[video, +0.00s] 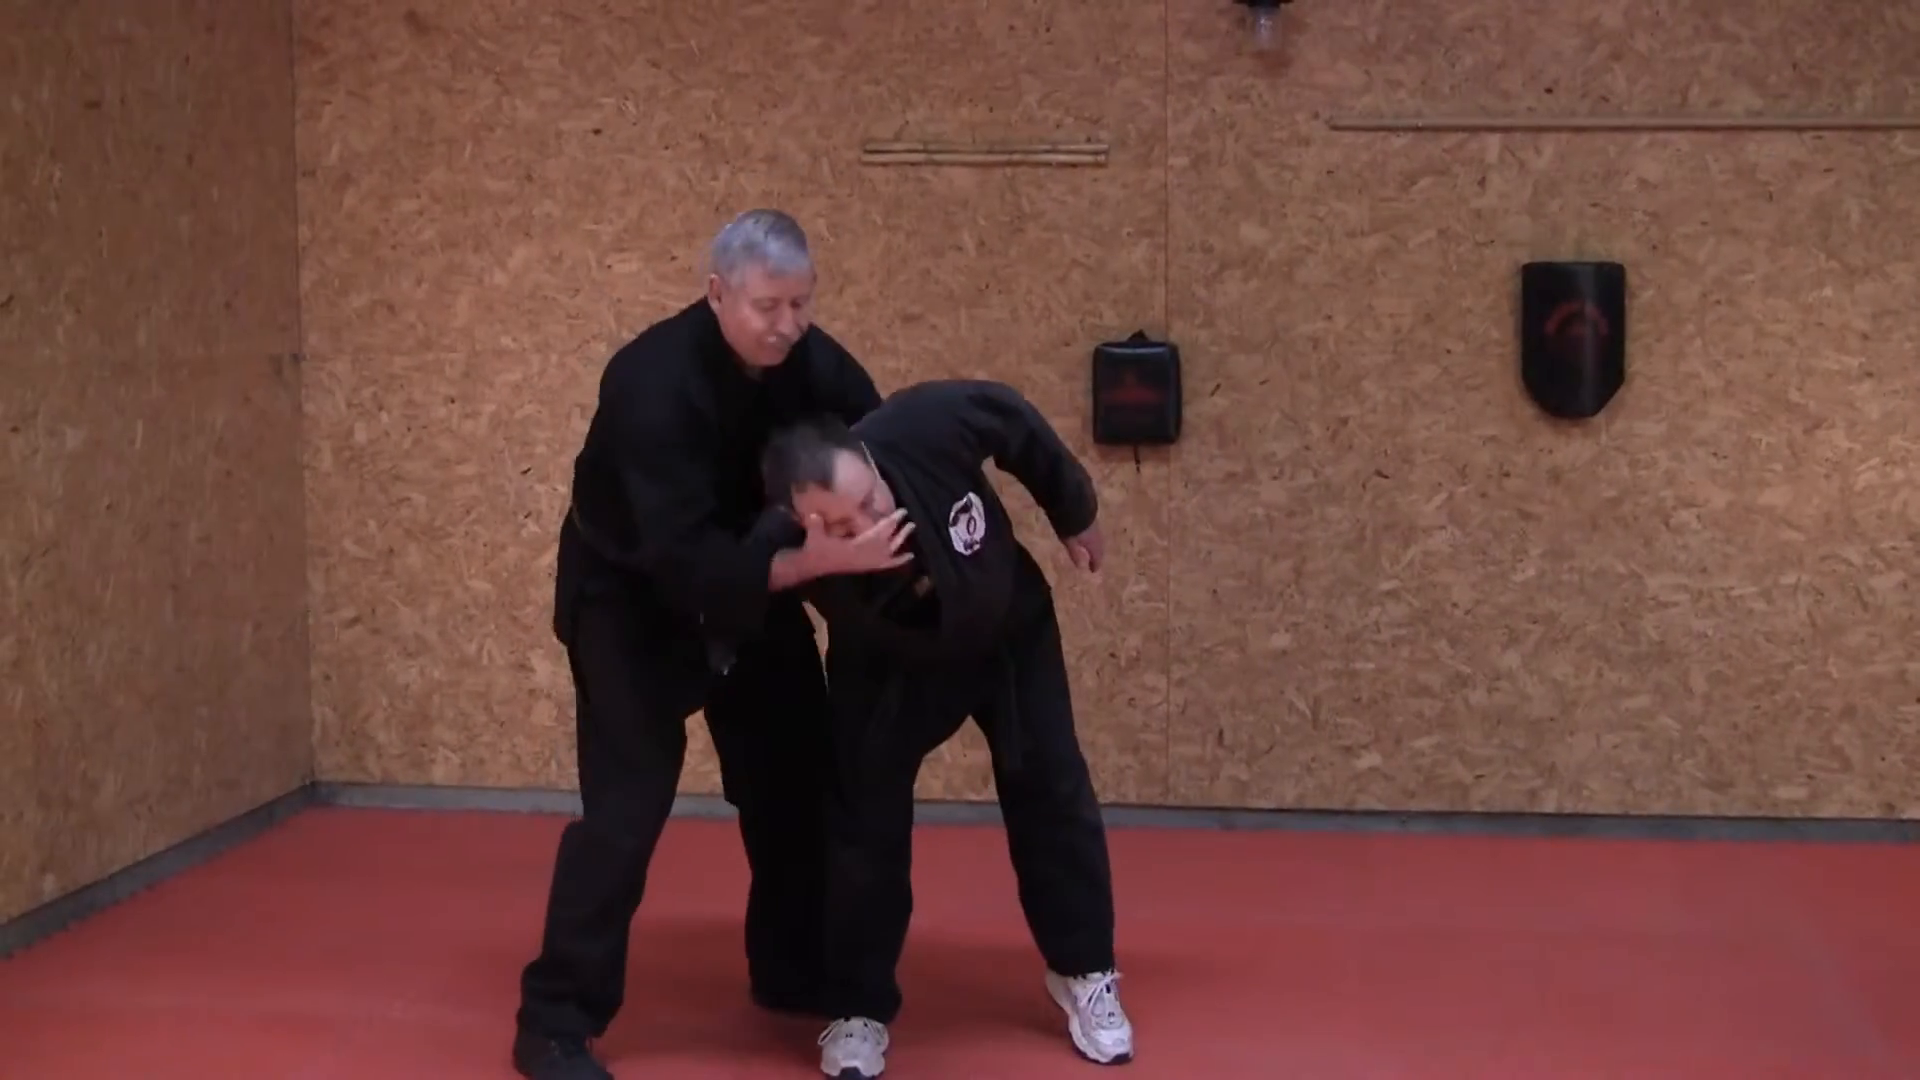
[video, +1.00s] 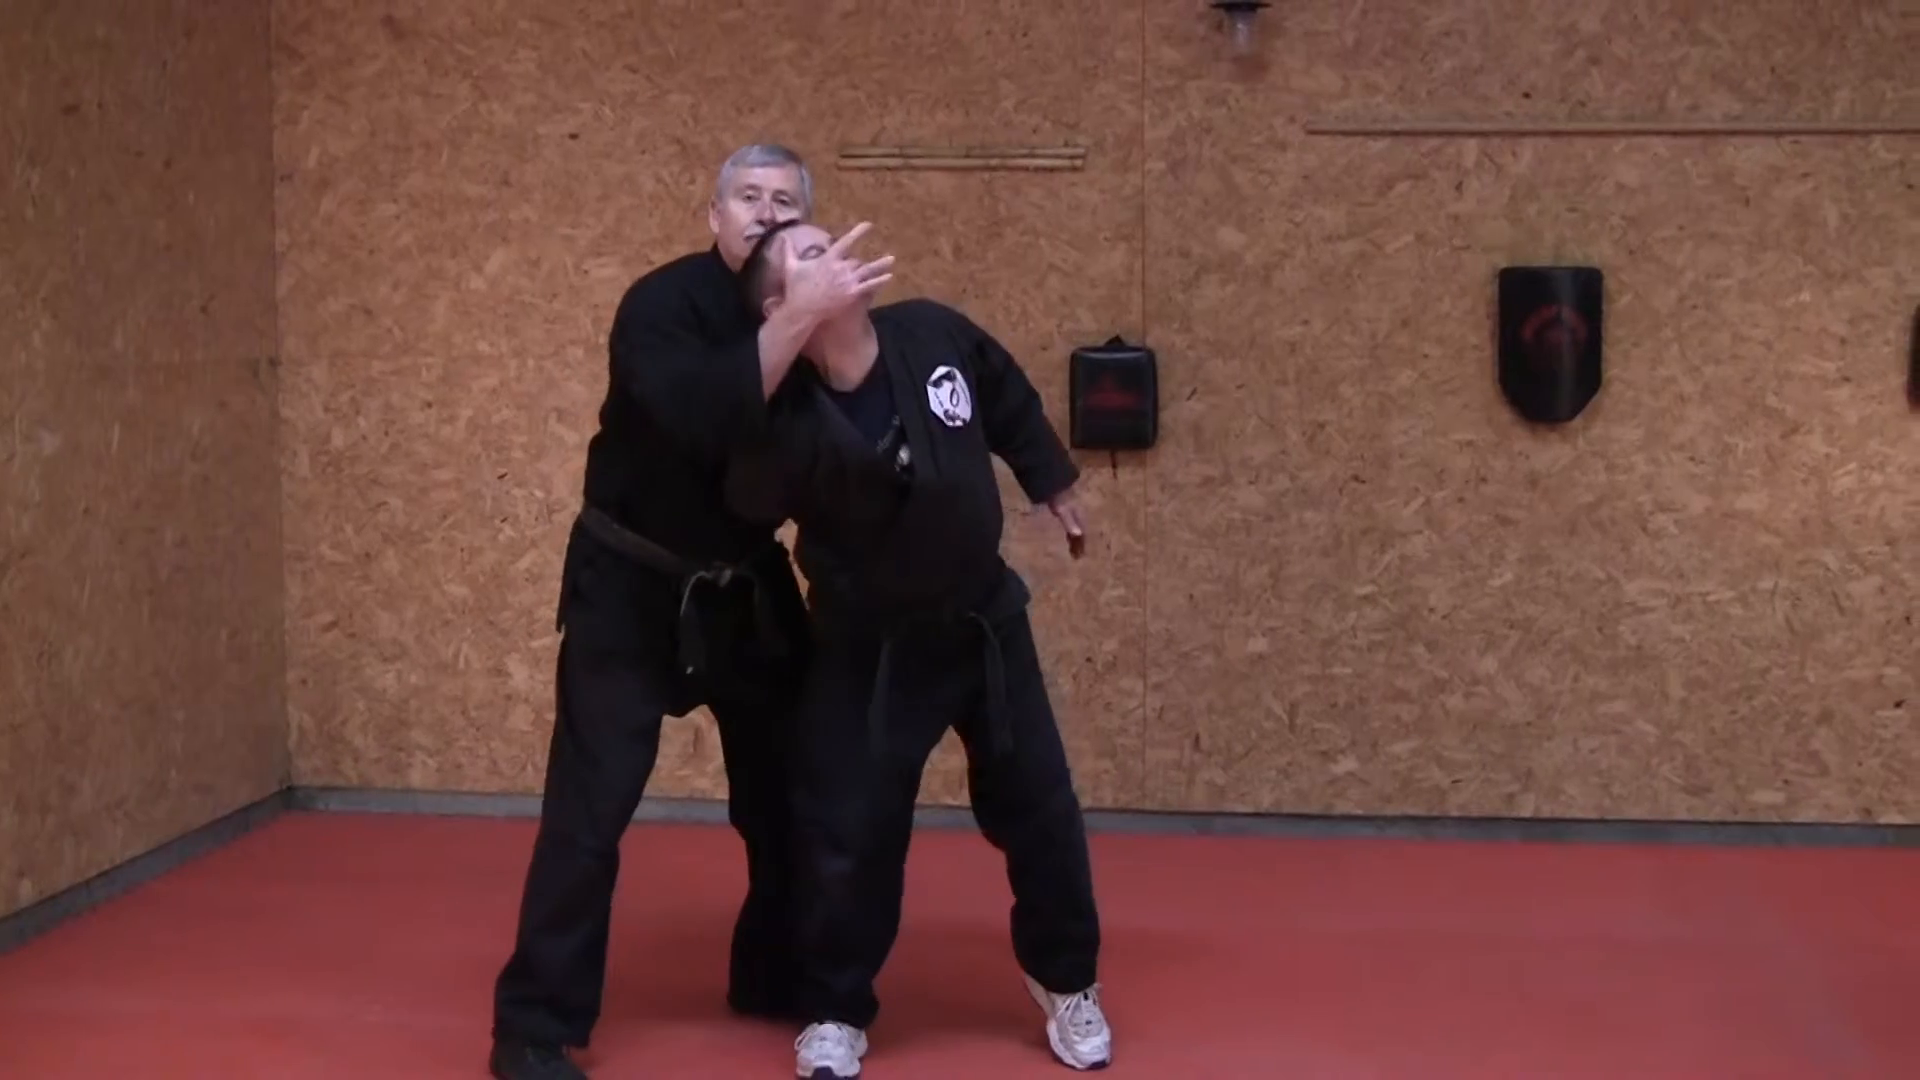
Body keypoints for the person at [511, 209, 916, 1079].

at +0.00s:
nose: (788, 325)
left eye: (800, 305)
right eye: (767, 305)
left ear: (812, 299)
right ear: (715, 292)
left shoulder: (825, 374)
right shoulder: (651, 382)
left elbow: (886, 479)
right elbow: (676, 562)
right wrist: (814, 560)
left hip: (754, 596)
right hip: (630, 602)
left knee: (798, 780)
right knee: (629, 800)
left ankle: (795, 973)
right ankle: (558, 1029)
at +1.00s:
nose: (768, 212)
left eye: (786, 201)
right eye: (749, 195)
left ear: (807, 224)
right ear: (711, 216)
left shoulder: (813, 310)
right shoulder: (661, 305)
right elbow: (696, 419)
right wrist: (796, 317)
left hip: (747, 581)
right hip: (629, 579)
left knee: (789, 786)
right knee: (593, 805)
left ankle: (774, 976)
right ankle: (536, 1036)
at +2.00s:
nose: (752, 216)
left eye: (771, 205)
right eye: (736, 199)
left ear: (792, 224)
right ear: (701, 210)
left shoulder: (790, 308)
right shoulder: (643, 303)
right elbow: (697, 399)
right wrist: (824, 318)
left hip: (719, 576)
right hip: (604, 573)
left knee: (762, 790)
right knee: (560, 811)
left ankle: (752, 977)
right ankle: (514, 1032)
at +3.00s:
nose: (743, 219)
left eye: (763, 206)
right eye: (727, 201)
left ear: (785, 225)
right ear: (695, 211)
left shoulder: (795, 352)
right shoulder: (626, 305)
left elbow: (820, 478)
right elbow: (585, 454)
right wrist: (717, 512)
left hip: (716, 589)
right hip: (592, 578)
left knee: (753, 795)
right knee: (551, 815)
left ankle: (747, 973)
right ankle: (509, 1034)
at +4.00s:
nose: (833, 232)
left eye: (848, 217)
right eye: (818, 212)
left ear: (859, 222)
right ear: (773, 203)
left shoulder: (853, 330)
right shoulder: (695, 289)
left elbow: (874, 456)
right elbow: (598, 411)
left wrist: (920, 547)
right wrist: (590, 550)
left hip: (790, 582)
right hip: (677, 572)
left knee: (801, 791)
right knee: (626, 798)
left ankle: (752, 971)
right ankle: (543, 1010)